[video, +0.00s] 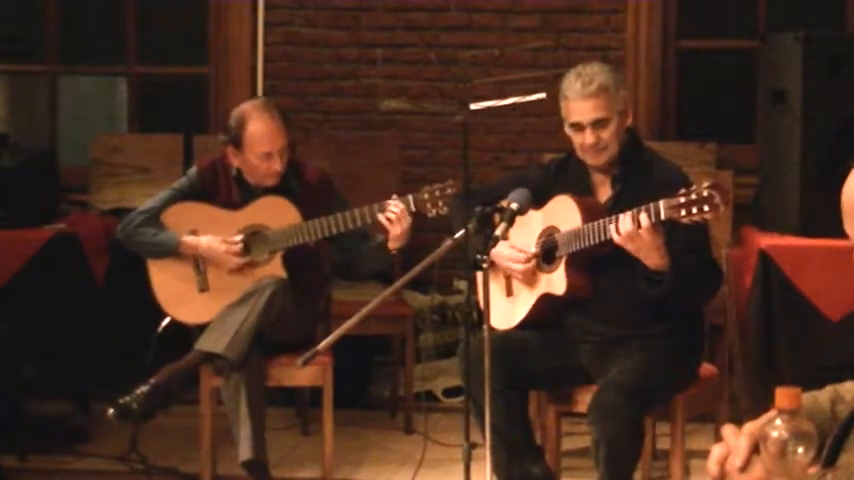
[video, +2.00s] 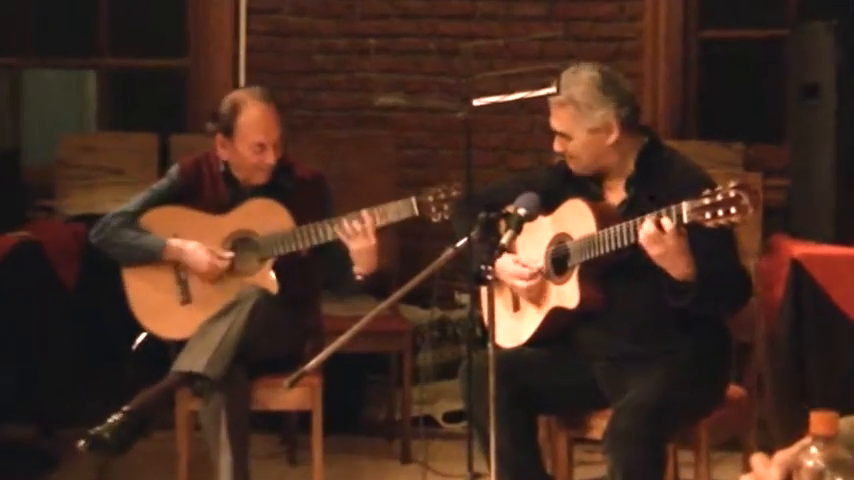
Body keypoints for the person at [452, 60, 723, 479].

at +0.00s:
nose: (590, 139)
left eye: (601, 125)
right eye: (577, 128)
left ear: (626, 116)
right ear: (564, 126)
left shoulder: (667, 184)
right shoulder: (557, 177)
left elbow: (703, 284)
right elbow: (469, 203)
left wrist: (661, 265)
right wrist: (489, 248)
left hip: (653, 343)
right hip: (574, 336)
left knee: (612, 406)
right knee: (485, 353)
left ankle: (614, 474)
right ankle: (523, 471)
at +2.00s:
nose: (557, 147)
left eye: (566, 136)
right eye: (556, 135)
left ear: (609, 131)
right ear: (606, 133)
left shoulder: (684, 186)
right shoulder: (565, 177)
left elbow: (732, 294)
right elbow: (469, 210)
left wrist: (687, 274)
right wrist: (493, 261)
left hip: (675, 357)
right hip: (589, 351)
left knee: (630, 430)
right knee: (488, 373)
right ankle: (525, 473)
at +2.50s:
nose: (618, 147)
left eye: (631, 129)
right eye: (603, 133)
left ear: (664, 113)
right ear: (590, 128)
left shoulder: (715, 187)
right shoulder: (583, 179)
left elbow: (756, 315)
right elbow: (476, 208)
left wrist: (704, 292)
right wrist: (498, 273)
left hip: (700, 378)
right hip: (605, 370)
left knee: (657, 446)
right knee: (500, 393)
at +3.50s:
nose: (656, 158)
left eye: (670, 136)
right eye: (637, 143)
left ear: (704, 113)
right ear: (618, 131)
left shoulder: (761, 198)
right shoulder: (604, 181)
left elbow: (805, 348)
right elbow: (479, 211)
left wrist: (745, 329)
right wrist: (508, 286)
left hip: (736, 406)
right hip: (622, 397)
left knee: (712, 460)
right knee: (499, 428)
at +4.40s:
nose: (663, 144)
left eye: (677, 120)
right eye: (643, 127)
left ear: (714, 101)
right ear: (624, 123)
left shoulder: (775, 195)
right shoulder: (612, 181)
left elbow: (830, 348)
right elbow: (482, 212)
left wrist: (774, 324)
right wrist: (516, 289)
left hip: (744, 421)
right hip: (625, 410)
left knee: (722, 467)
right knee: (501, 436)